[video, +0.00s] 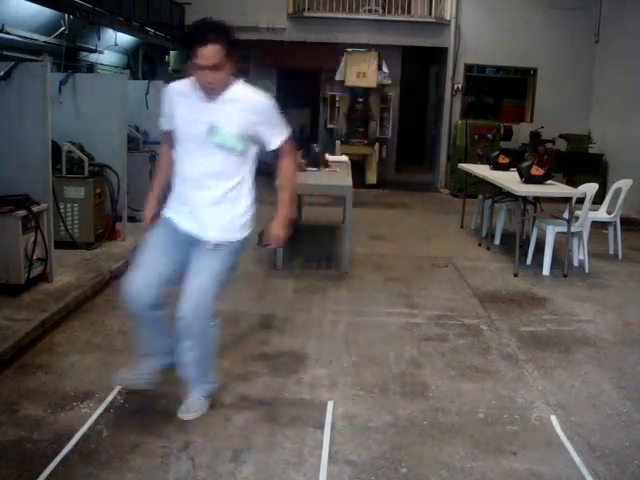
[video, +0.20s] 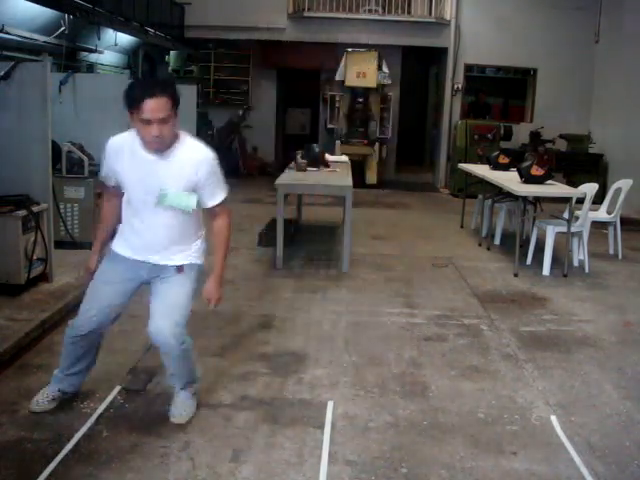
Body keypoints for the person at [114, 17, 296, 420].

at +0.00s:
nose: (205, 76)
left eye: (214, 68)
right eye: (199, 67)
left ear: (233, 65)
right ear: (190, 64)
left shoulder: (257, 105)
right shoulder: (176, 94)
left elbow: (287, 153)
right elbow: (169, 148)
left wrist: (283, 217)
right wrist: (153, 201)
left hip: (223, 231)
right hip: (177, 220)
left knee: (193, 311)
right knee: (138, 291)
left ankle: (200, 387)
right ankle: (158, 356)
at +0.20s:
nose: (156, 131)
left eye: (164, 121)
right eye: (146, 122)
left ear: (176, 116)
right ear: (132, 118)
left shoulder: (201, 158)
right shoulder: (117, 149)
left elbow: (219, 215)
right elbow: (111, 199)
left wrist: (216, 277)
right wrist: (96, 251)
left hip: (178, 263)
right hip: (126, 256)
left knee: (166, 332)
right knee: (84, 325)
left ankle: (185, 390)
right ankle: (64, 386)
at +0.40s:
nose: (214, 105)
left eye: (218, 95)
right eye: (204, 98)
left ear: (225, 90)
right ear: (182, 94)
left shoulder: (245, 132)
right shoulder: (156, 122)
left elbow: (256, 186)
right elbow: (136, 170)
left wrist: (241, 245)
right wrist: (112, 223)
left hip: (209, 255)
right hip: (153, 246)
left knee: (191, 336)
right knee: (115, 312)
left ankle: (173, 401)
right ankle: (73, 380)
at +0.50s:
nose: (244, 88)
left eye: (251, 78)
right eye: (235, 79)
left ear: (258, 71)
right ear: (211, 72)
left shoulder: (275, 111)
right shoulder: (181, 102)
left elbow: (287, 164)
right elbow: (155, 152)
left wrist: (276, 225)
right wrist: (134, 213)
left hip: (241, 239)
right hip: (186, 229)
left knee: (217, 324)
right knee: (155, 307)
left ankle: (193, 394)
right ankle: (151, 383)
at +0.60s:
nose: (277, 89)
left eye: (284, 80)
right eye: (269, 80)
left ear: (291, 73)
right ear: (244, 72)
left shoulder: (305, 113)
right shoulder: (212, 103)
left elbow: (311, 172)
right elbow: (183, 155)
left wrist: (310, 235)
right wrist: (169, 216)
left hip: (278, 240)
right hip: (219, 236)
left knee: (280, 321)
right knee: (205, 321)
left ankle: (274, 387)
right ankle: (200, 400)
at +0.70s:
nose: (318, 99)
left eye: (324, 90)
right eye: (308, 90)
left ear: (330, 85)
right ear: (281, 82)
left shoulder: (339, 128)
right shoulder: (247, 119)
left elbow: (344, 193)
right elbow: (221, 178)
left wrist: (348, 258)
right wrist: (208, 241)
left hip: (316, 254)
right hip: (254, 255)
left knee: (355, 331)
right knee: (231, 336)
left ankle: (376, 411)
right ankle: (204, 408)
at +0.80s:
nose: (363, 93)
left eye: (368, 83)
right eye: (353, 84)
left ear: (376, 78)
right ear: (326, 81)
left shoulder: (390, 122)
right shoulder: (297, 122)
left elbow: (396, 188)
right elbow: (273, 185)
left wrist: (402, 256)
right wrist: (252, 250)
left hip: (371, 258)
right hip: (305, 259)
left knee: (395, 335)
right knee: (270, 331)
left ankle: (393, 417)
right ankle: (215, 404)